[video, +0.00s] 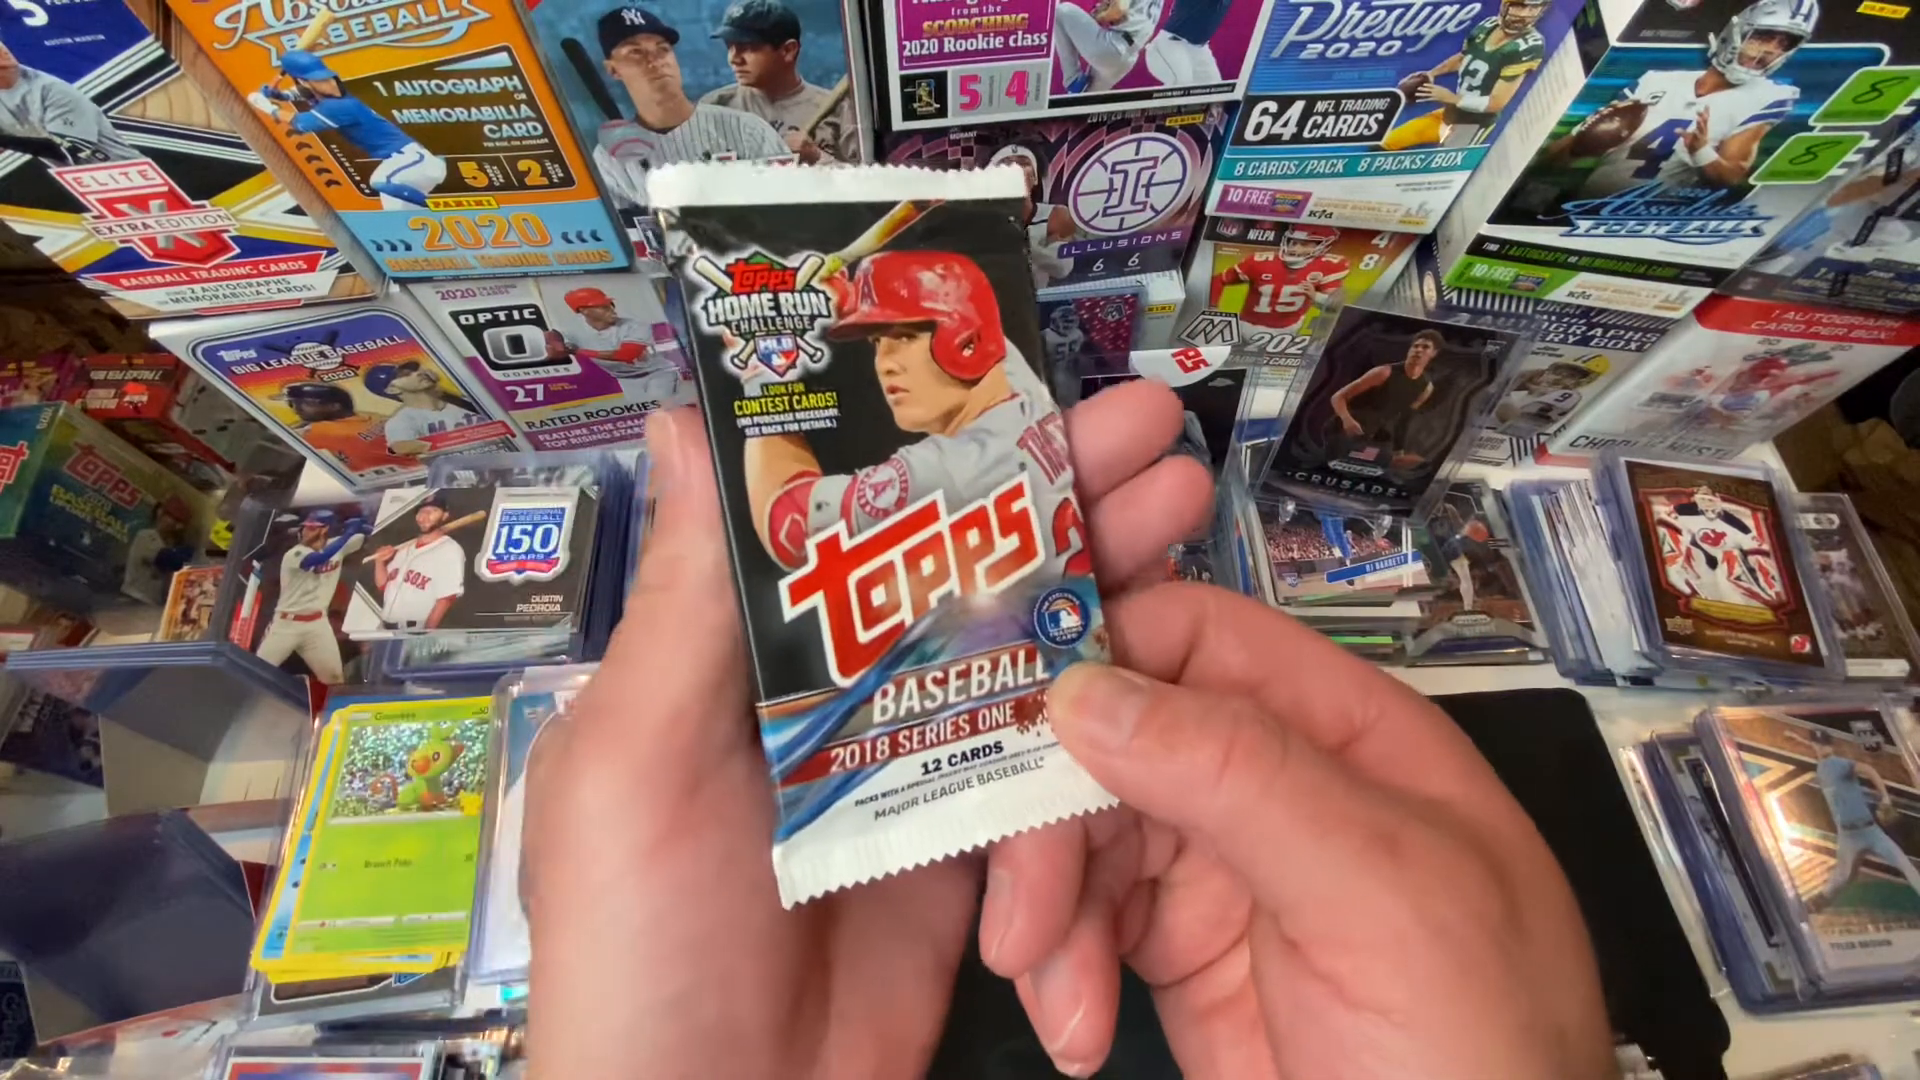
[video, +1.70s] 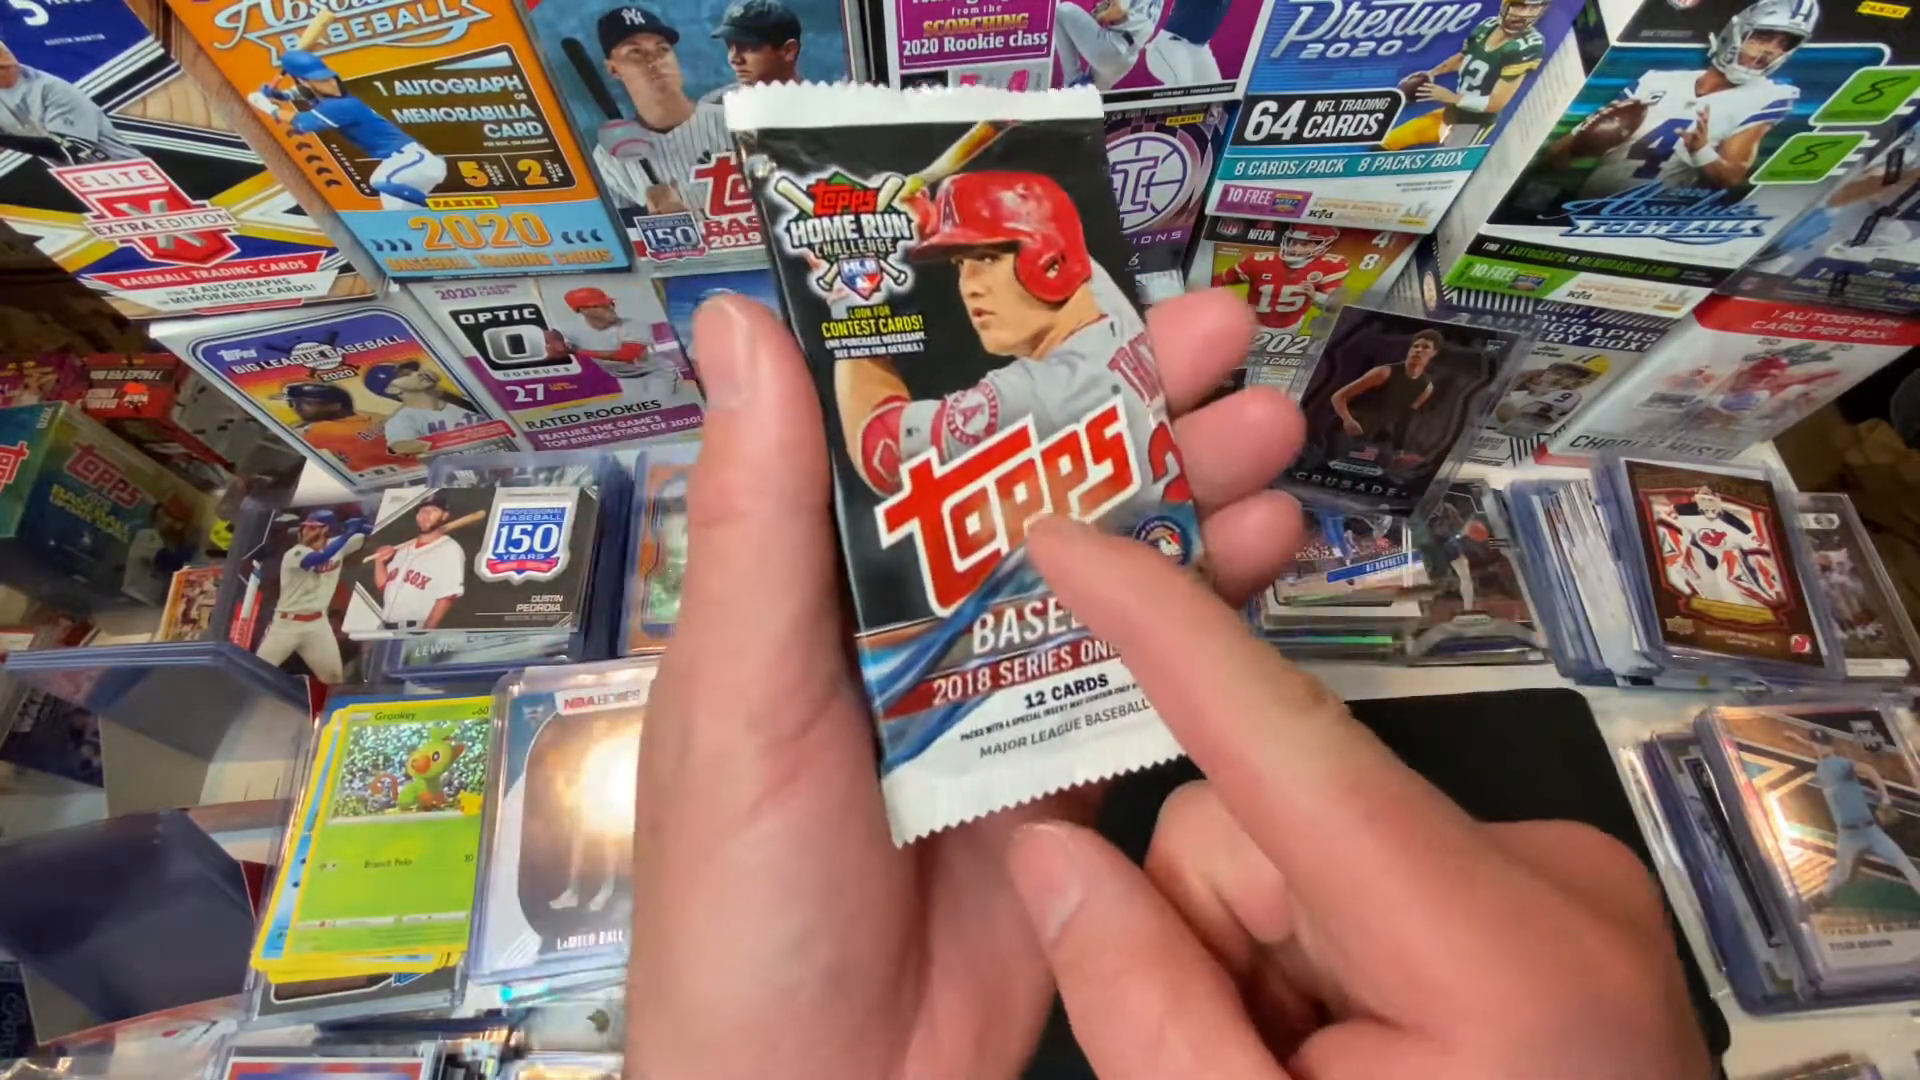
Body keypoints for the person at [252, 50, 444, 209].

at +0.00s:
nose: (297, 87)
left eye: (298, 82)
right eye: (298, 83)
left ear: (306, 83)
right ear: (323, 77)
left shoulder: (341, 107)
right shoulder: (332, 100)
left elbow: (298, 122)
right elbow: (302, 93)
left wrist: (268, 108)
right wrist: (277, 95)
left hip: (414, 158)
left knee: (380, 180)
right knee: (397, 224)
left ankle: (432, 213)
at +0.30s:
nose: (298, 86)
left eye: (299, 82)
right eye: (298, 83)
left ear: (308, 83)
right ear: (324, 78)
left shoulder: (342, 106)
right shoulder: (335, 100)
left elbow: (298, 122)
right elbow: (303, 92)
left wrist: (267, 107)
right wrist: (277, 94)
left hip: (413, 158)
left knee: (380, 179)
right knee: (397, 223)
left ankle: (431, 213)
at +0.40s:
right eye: (322, 78)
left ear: (309, 83)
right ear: (308, 84)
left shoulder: (344, 106)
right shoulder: (333, 102)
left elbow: (300, 122)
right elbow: (303, 92)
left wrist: (270, 110)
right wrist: (277, 95)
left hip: (415, 158)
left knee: (381, 179)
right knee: (399, 222)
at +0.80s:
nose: (330, 80)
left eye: (328, 77)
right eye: (323, 78)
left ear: (309, 83)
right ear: (306, 83)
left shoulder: (343, 106)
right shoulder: (331, 102)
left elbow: (300, 122)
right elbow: (300, 92)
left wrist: (271, 109)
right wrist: (276, 94)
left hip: (414, 158)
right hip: (405, 165)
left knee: (381, 179)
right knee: (398, 222)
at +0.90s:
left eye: (301, 82)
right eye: (321, 79)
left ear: (308, 83)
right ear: (310, 82)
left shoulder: (343, 106)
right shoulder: (333, 102)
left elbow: (299, 123)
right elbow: (302, 93)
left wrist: (271, 109)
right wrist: (278, 95)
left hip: (415, 158)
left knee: (381, 179)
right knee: (398, 221)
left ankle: (434, 216)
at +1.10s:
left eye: (301, 82)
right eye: (321, 78)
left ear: (308, 83)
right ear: (308, 83)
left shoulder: (343, 106)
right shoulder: (332, 102)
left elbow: (299, 123)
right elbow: (301, 93)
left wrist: (270, 109)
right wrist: (277, 95)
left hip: (415, 158)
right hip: (405, 166)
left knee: (381, 179)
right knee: (397, 223)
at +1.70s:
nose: (331, 80)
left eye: (329, 76)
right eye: (323, 78)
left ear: (308, 82)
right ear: (306, 83)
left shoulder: (344, 106)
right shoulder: (331, 105)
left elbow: (300, 122)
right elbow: (299, 92)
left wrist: (270, 108)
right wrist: (275, 94)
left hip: (415, 159)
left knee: (381, 179)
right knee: (400, 223)